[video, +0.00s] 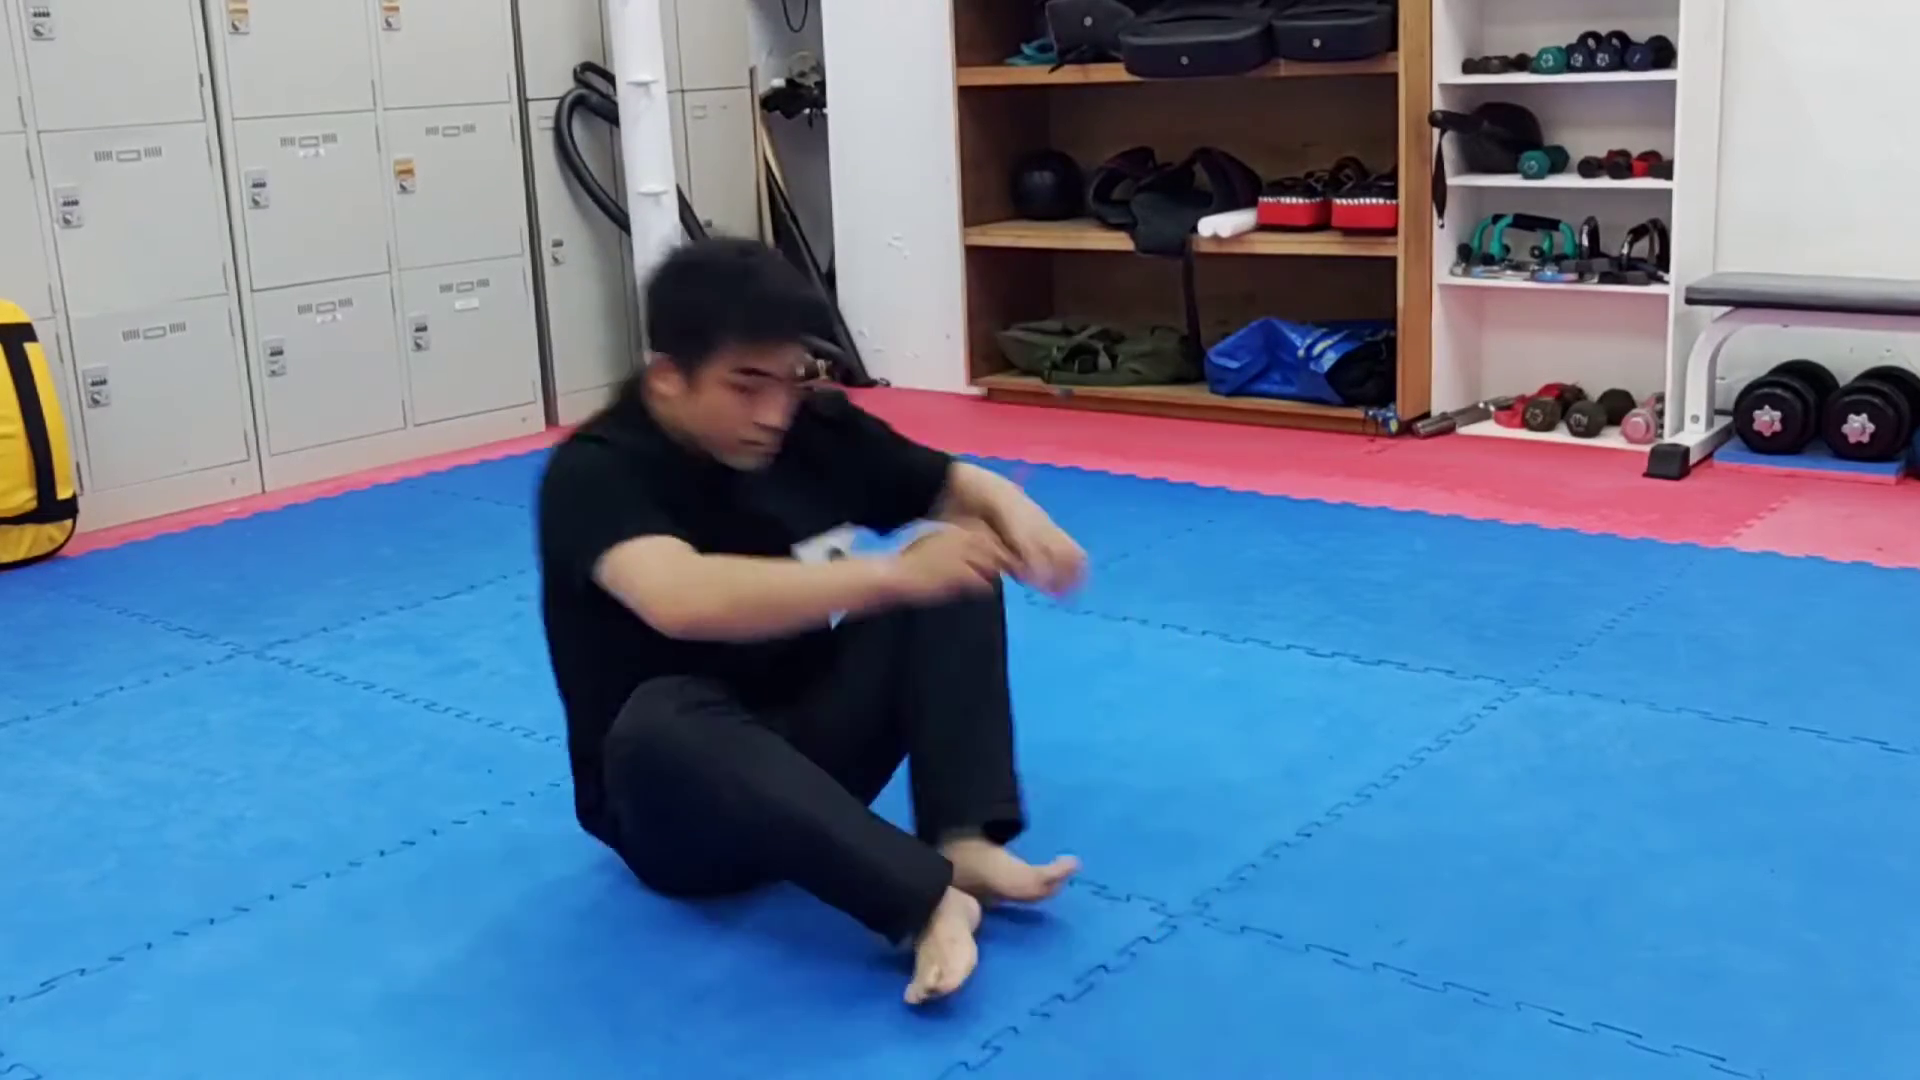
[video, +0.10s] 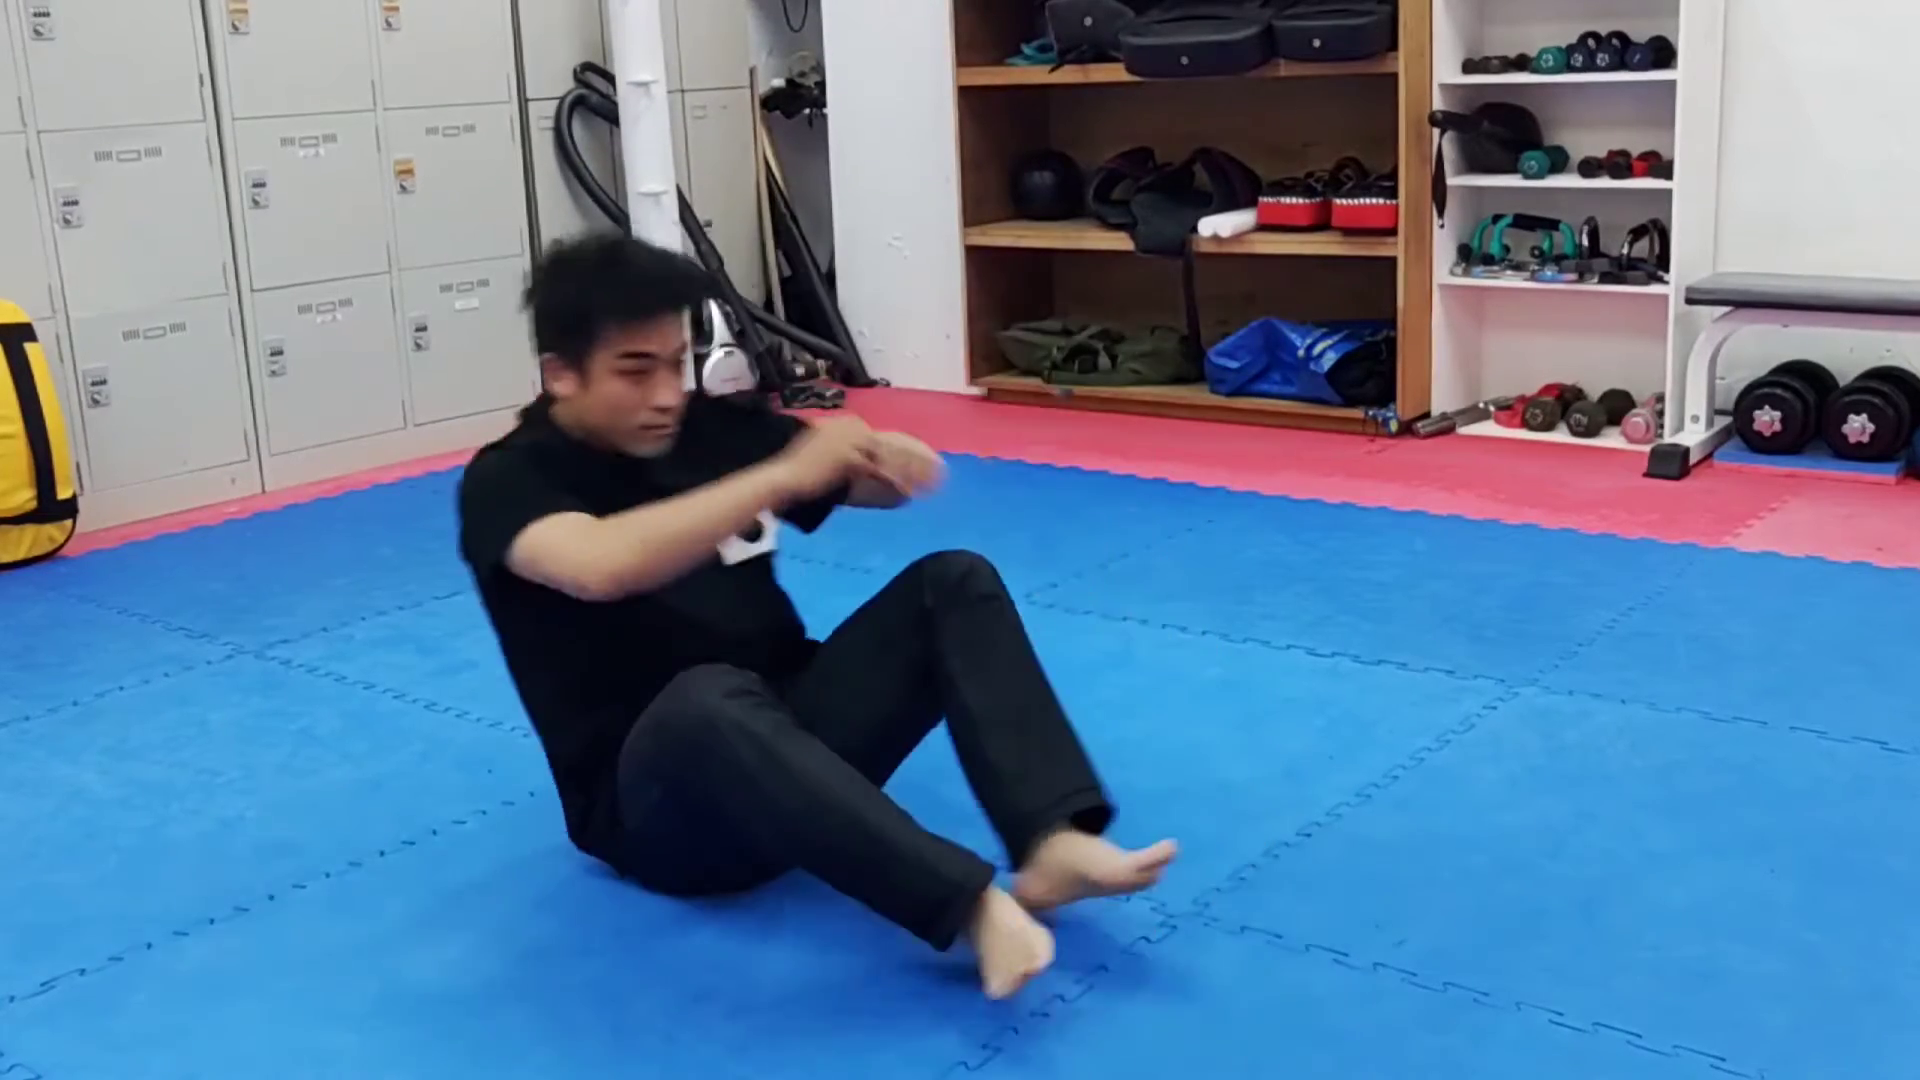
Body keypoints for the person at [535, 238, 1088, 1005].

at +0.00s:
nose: (776, 415)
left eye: (793, 383)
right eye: (747, 386)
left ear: (809, 374)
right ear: (666, 380)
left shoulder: (814, 430)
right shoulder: (593, 473)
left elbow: (960, 489)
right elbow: (682, 598)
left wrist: (1012, 512)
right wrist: (892, 577)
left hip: (819, 757)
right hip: (684, 812)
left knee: (956, 561)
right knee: (661, 724)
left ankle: (961, 838)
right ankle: (927, 904)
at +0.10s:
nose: (667, 394)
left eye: (679, 365)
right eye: (636, 370)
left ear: (693, 357)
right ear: (560, 375)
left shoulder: (717, 428)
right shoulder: (506, 481)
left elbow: (838, 477)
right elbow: (602, 564)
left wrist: (878, 464)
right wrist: (783, 472)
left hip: (806, 747)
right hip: (669, 817)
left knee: (953, 583)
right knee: (702, 707)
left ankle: (1051, 839)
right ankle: (971, 907)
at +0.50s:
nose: (461, 541)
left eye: (463, 522)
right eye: (427, 534)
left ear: (481, 535)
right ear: (376, 579)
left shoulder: (557, 611)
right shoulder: (370, 673)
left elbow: (666, 625)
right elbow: (283, 802)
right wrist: (343, 746)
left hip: (744, 746)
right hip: (630, 791)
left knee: (790, 473)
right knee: (647, 525)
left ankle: (968, 474)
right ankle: (879, 560)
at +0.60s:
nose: (439, 562)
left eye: (440, 547)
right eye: (408, 556)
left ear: (458, 564)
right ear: (362, 607)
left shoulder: (519, 641)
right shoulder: (359, 700)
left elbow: (659, 649)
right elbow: (273, 801)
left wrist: (818, 655)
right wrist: (275, 838)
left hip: (713, 737)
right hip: (598, 777)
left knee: (722, 468)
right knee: (588, 477)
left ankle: (893, 391)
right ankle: (802, 427)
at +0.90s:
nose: (422, 564)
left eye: (423, 554)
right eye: (387, 561)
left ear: (448, 577)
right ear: (349, 616)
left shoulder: (510, 652)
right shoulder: (365, 702)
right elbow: (295, 807)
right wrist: (350, 663)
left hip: (717, 737)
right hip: (609, 755)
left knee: (659, 453)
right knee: (508, 473)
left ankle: (801, 361)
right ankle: (691, 342)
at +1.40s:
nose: (512, 494)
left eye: (516, 470)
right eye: (482, 482)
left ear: (528, 466)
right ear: (417, 504)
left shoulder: (577, 556)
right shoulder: (402, 618)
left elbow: (722, 615)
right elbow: (426, 746)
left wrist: (678, 547)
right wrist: (543, 599)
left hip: (748, 771)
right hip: (628, 809)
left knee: (851, 543)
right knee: (737, 573)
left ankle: (1039, 745)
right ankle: (959, 780)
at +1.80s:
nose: (603, 460)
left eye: (612, 433)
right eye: (575, 442)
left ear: (622, 412)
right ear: (497, 438)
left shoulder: (644, 494)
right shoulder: (452, 561)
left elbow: (783, 602)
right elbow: (487, 725)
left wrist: (759, 535)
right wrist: (609, 589)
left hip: (772, 758)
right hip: (649, 806)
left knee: (898, 561)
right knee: (774, 602)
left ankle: (1047, 805)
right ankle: (961, 860)